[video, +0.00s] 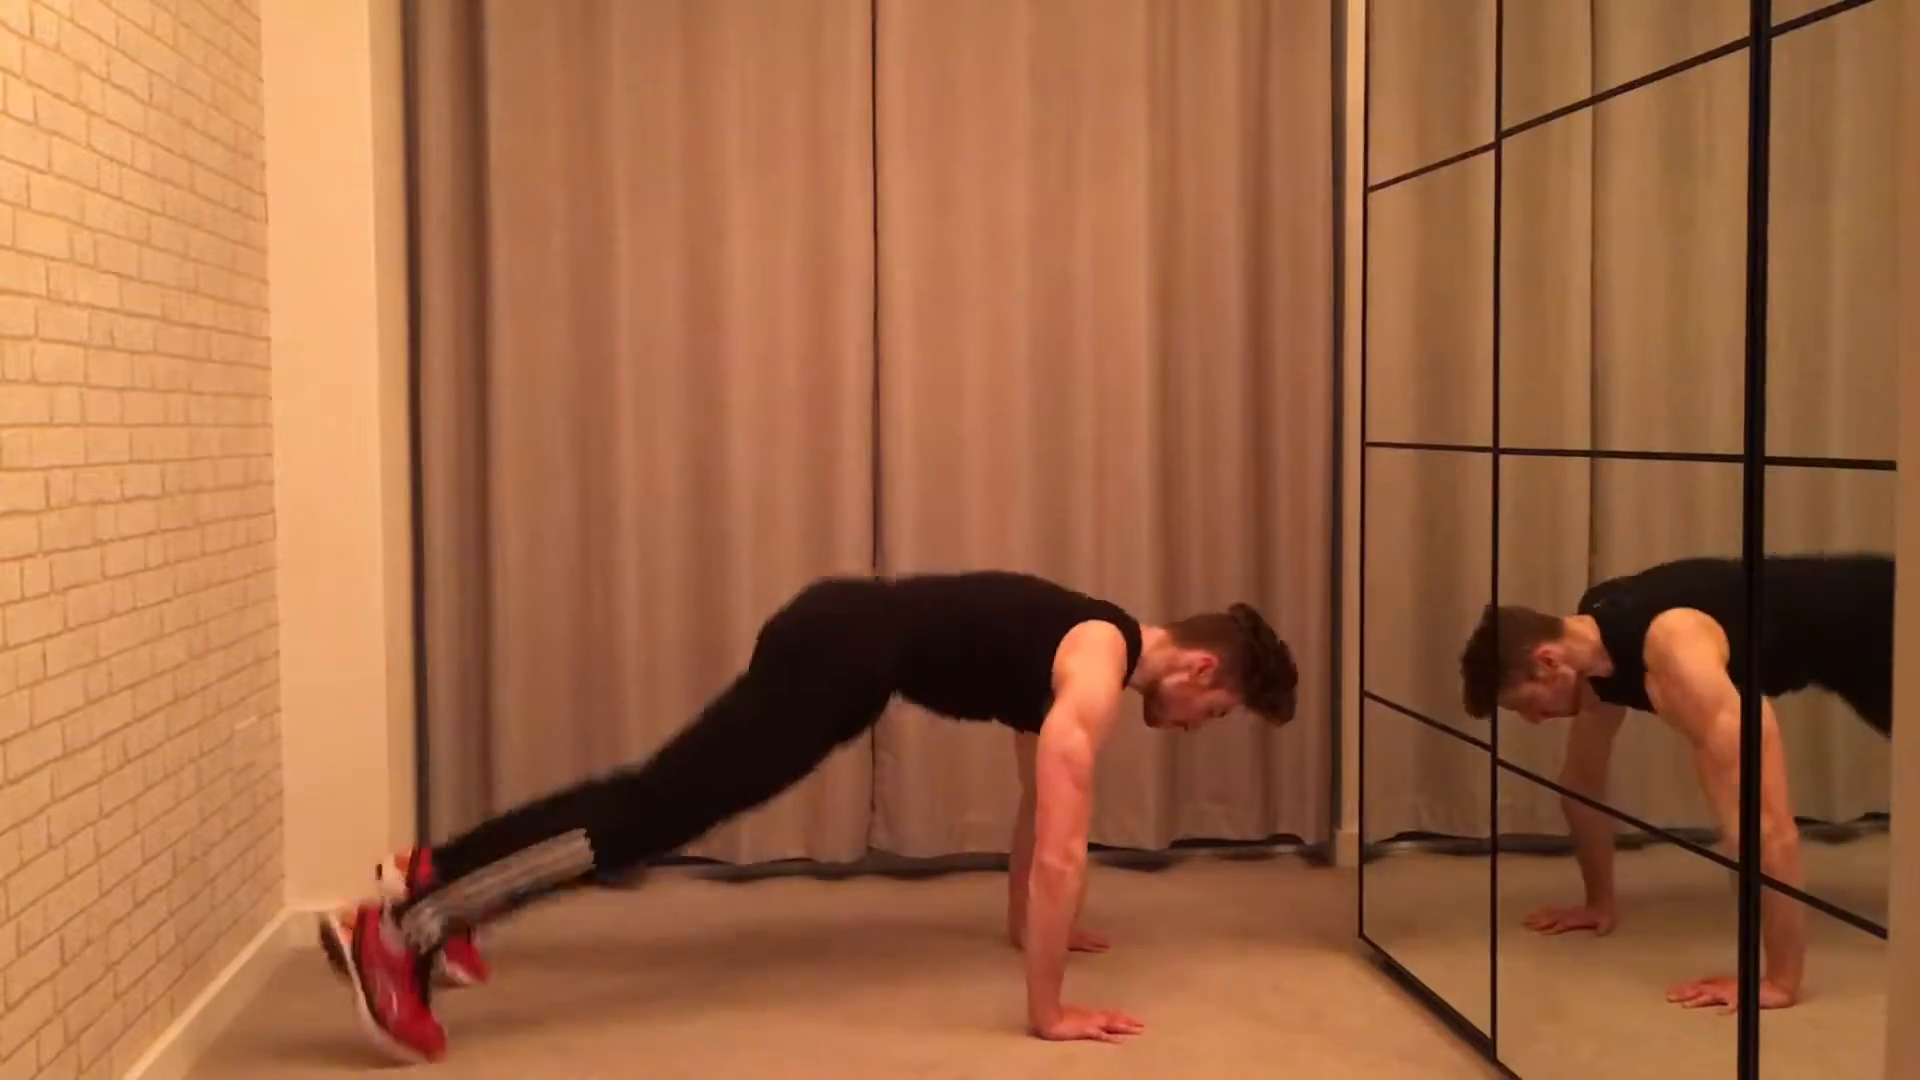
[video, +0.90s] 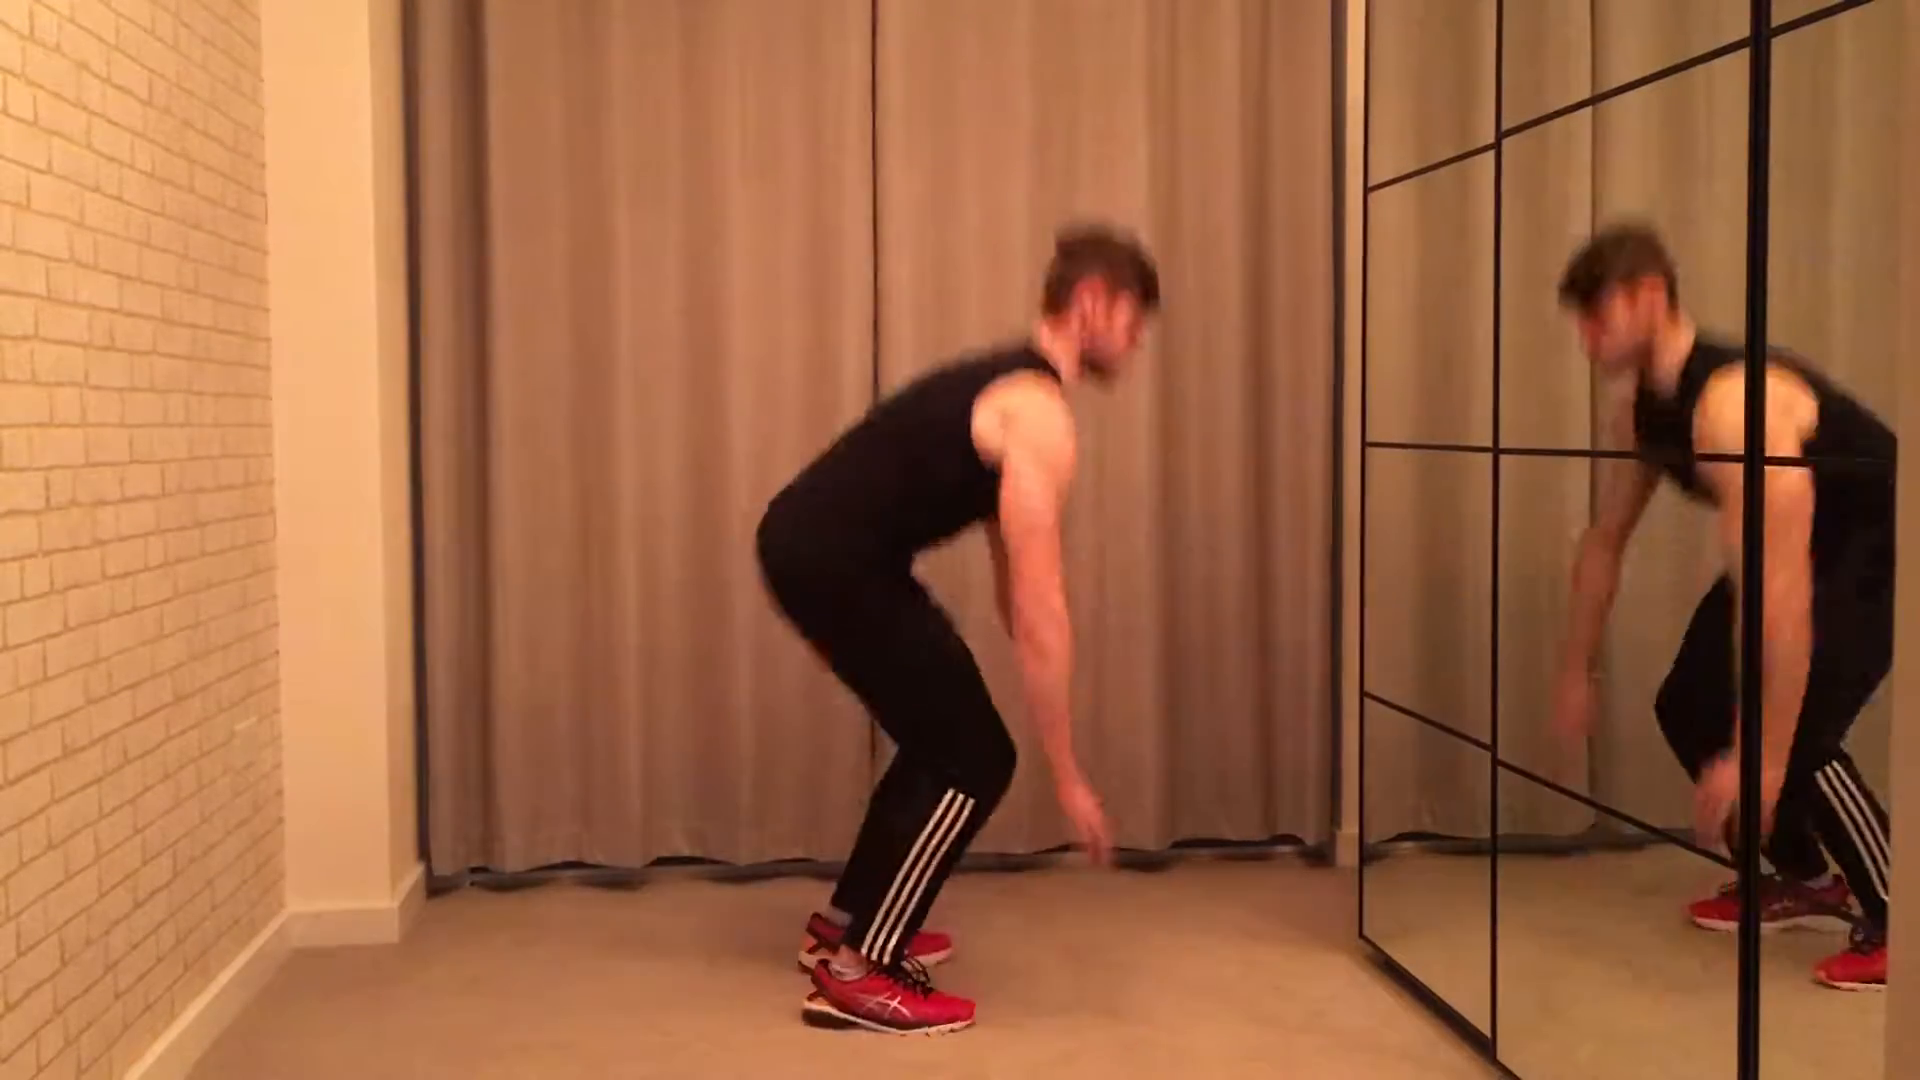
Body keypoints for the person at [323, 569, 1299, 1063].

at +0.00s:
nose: (1196, 724)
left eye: (1214, 717)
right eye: (1215, 708)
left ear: (1193, 657)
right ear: (1202, 662)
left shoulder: (1099, 654)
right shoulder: (1096, 667)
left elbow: (1045, 817)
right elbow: (1058, 847)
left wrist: (1033, 920)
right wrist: (1047, 1011)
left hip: (837, 644)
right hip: (838, 660)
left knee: (653, 802)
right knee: (650, 814)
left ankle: (431, 881)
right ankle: (407, 919)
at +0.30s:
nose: (1179, 738)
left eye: (1196, 728)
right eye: (1195, 722)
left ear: (1171, 667)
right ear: (1175, 681)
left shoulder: (1088, 652)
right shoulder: (1078, 670)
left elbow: (1045, 818)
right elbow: (1051, 851)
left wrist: (1040, 924)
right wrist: (1047, 1014)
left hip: (840, 581)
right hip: (830, 583)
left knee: (694, 787)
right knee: (693, 803)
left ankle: (475, 865)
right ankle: (458, 911)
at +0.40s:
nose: (1135, 732)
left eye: (1151, 724)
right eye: (1150, 718)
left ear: (1128, 661)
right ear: (1132, 675)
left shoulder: (1051, 648)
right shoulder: (1050, 665)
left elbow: (1033, 819)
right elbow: (1038, 855)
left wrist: (1044, 920)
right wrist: (1046, 1015)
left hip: (832, 499)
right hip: (828, 507)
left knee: (788, 739)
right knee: (797, 761)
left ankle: (579, 832)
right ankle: (579, 866)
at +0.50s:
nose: (1105, 722)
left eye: (1119, 712)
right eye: (1117, 705)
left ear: (1091, 655)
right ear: (1093, 664)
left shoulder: (1032, 640)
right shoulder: (1019, 661)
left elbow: (1019, 811)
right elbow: (1025, 852)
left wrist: (1037, 924)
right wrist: (1042, 1010)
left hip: (822, 473)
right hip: (815, 484)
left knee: (868, 706)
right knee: (887, 724)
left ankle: (727, 862)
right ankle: (720, 904)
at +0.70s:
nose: (1157, 596)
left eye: (1166, 581)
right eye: (1161, 576)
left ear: (1116, 546)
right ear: (1124, 549)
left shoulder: (1036, 581)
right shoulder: (1037, 618)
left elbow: (1046, 783)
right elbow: (1045, 821)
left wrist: (1063, 911)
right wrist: (1059, 990)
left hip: (784, 578)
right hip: (778, 593)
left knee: (950, 740)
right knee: (959, 754)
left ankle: (851, 921)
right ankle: (851, 969)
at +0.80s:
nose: (1151, 476)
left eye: (1156, 459)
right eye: (1149, 454)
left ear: (1096, 443)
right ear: (1107, 443)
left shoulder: (1022, 496)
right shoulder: (1035, 535)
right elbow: (1059, 730)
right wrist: (1089, 892)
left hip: (795, 585)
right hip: (796, 600)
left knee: (951, 749)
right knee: (972, 762)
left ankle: (850, 919)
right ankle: (854, 969)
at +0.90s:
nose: (1137, 335)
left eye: (1141, 316)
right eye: (1133, 313)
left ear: (1075, 304)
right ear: (1088, 301)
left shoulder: (1012, 388)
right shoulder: (1037, 414)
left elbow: (1022, 605)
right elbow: (1036, 616)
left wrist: (1060, 757)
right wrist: (1068, 777)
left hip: (819, 545)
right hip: (833, 558)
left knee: (947, 744)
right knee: (977, 759)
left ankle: (853, 920)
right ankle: (855, 965)